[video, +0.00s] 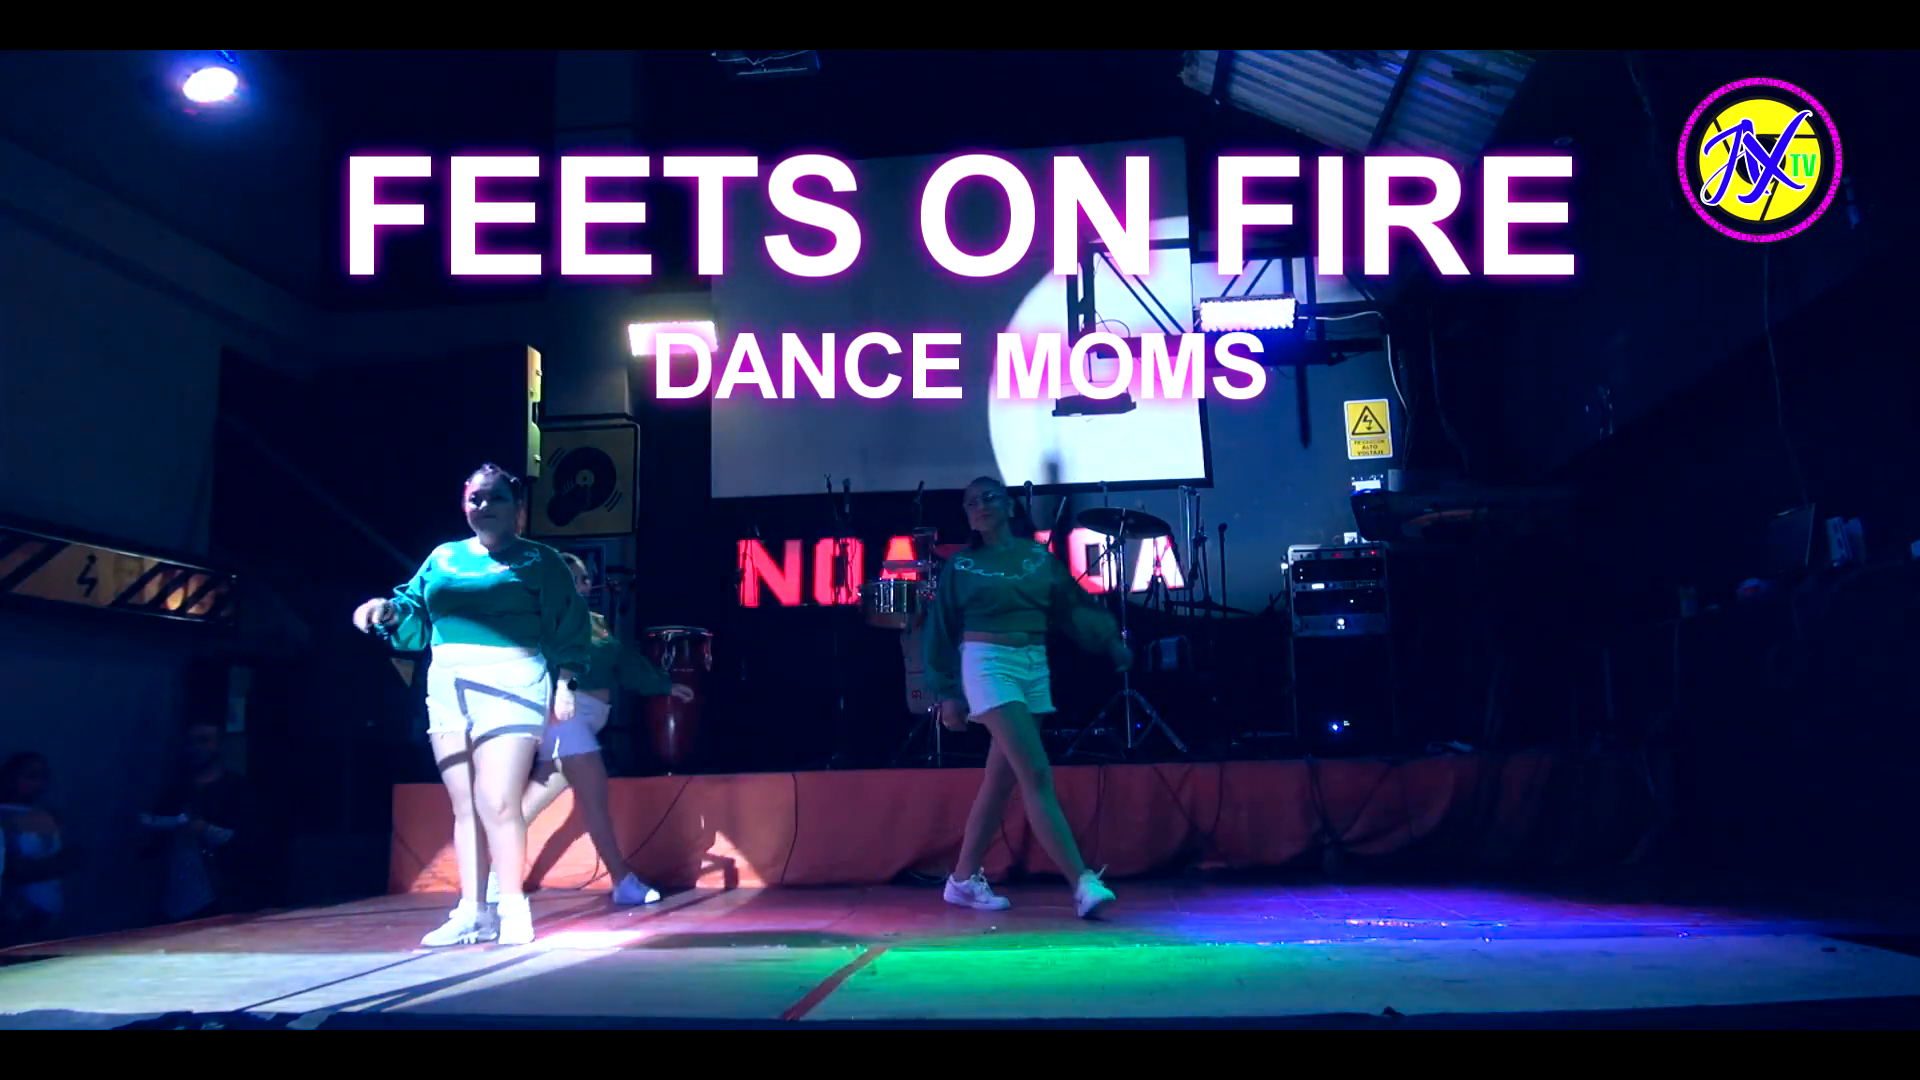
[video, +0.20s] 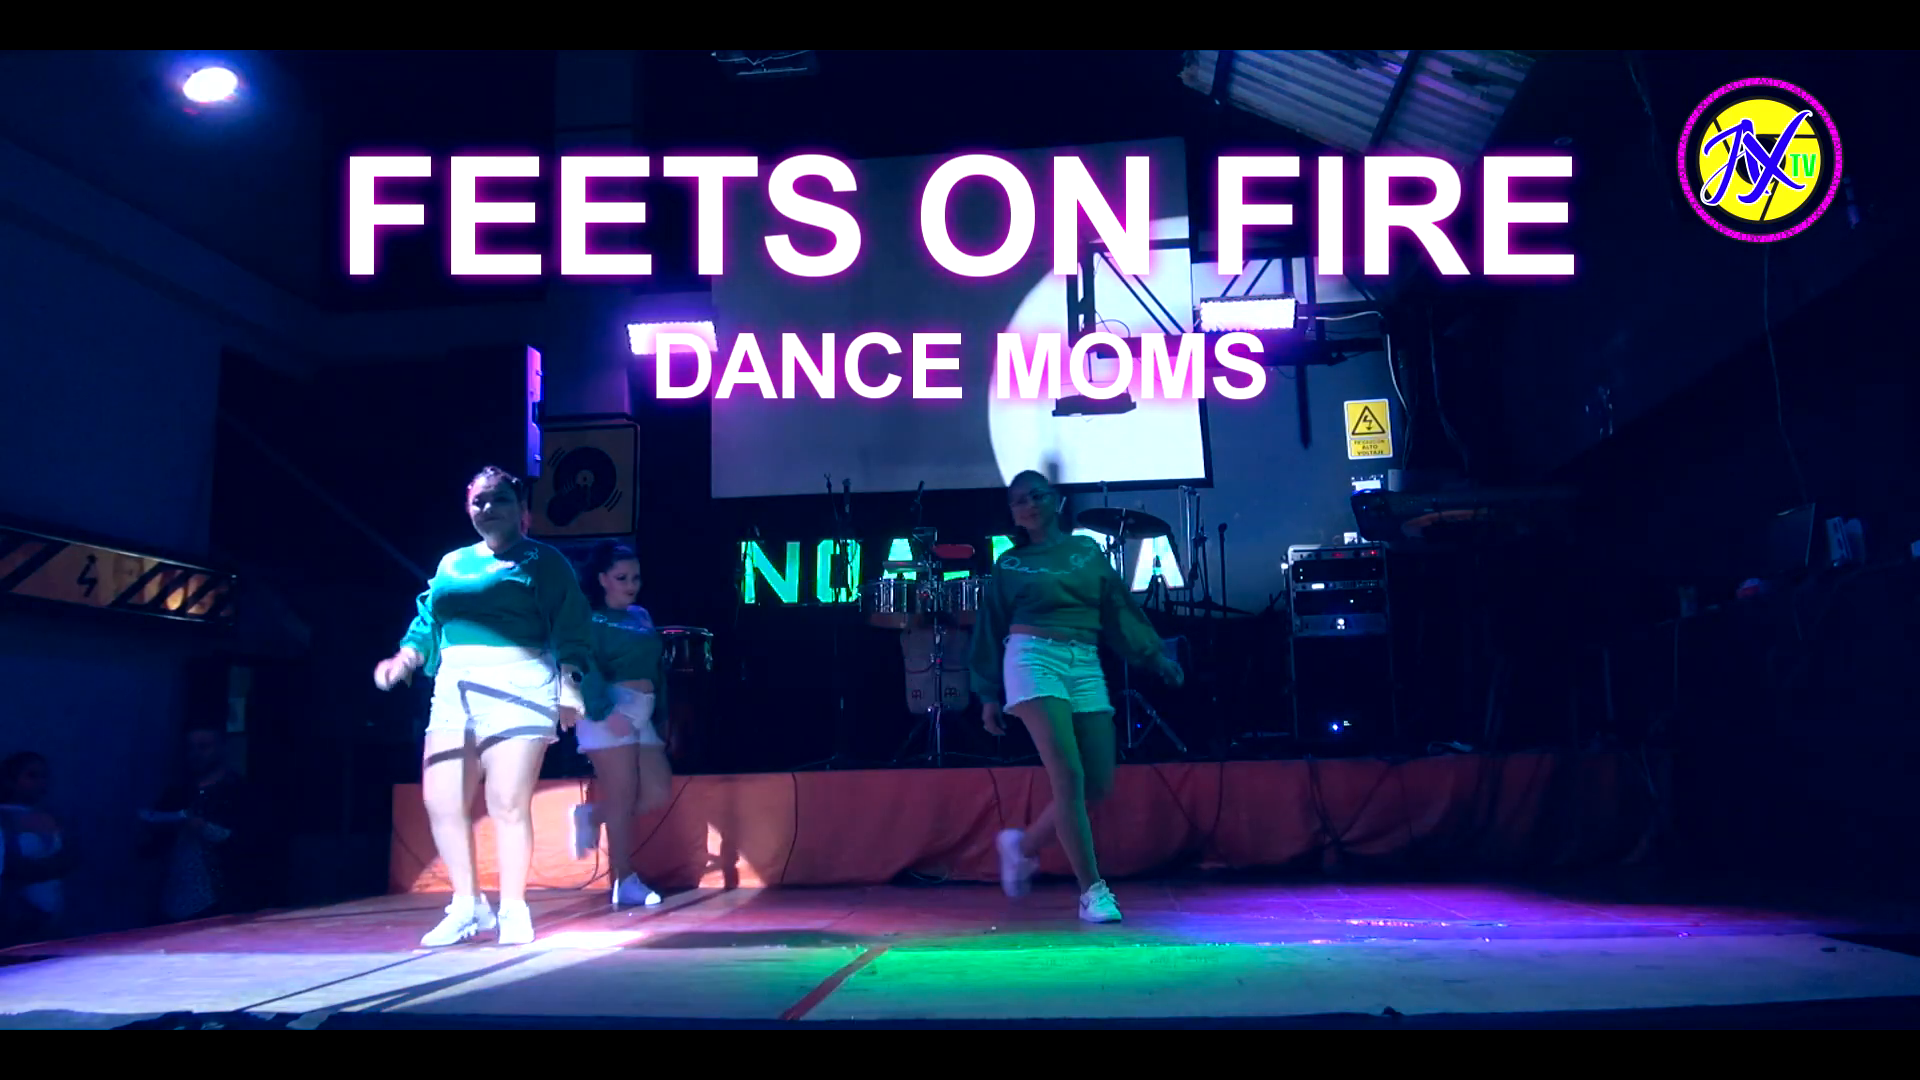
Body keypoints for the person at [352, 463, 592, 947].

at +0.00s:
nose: (480, 504)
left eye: (492, 498)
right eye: (473, 497)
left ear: (517, 508)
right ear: (463, 506)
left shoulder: (541, 563)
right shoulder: (442, 559)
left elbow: (571, 627)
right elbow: (417, 621)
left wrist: (566, 682)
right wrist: (387, 611)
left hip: (512, 688)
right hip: (447, 688)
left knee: (498, 804)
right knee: (465, 806)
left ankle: (514, 909)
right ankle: (471, 912)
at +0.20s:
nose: (486, 507)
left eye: (497, 499)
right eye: (478, 501)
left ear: (521, 509)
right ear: (468, 510)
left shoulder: (547, 564)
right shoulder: (451, 563)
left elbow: (572, 630)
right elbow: (427, 622)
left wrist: (570, 681)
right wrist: (407, 656)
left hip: (520, 691)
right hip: (453, 692)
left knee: (508, 803)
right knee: (441, 801)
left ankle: (512, 908)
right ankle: (467, 905)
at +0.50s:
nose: (489, 505)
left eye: (500, 499)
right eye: (480, 498)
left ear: (517, 508)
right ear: (466, 507)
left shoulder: (535, 554)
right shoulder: (443, 560)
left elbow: (573, 621)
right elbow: (426, 626)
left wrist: (563, 608)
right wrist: (431, 674)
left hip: (524, 682)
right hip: (454, 685)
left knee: (517, 800)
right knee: (440, 803)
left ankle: (515, 909)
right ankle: (456, 904)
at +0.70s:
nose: (484, 509)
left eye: (494, 502)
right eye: (475, 501)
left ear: (511, 511)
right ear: (459, 509)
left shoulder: (529, 566)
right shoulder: (428, 562)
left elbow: (553, 642)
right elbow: (401, 629)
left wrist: (556, 628)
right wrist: (384, 688)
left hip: (512, 685)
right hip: (441, 690)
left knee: (509, 804)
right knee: (443, 809)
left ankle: (512, 908)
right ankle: (458, 912)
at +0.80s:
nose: (478, 512)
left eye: (489, 504)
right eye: (469, 505)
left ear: (507, 514)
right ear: (456, 514)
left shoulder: (526, 572)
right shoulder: (427, 565)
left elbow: (549, 630)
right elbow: (385, 617)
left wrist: (552, 659)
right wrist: (341, 669)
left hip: (505, 687)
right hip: (434, 690)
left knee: (500, 802)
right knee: (440, 811)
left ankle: (509, 907)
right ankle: (457, 914)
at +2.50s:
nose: (476, 497)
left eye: (487, 492)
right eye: (466, 491)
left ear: (504, 508)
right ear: (450, 507)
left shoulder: (526, 564)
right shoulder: (422, 560)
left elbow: (556, 623)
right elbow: (390, 628)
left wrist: (581, 657)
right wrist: (360, 682)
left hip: (507, 685)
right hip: (431, 684)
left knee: (493, 803)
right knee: (403, 789)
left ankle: (482, 911)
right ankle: (432, 877)